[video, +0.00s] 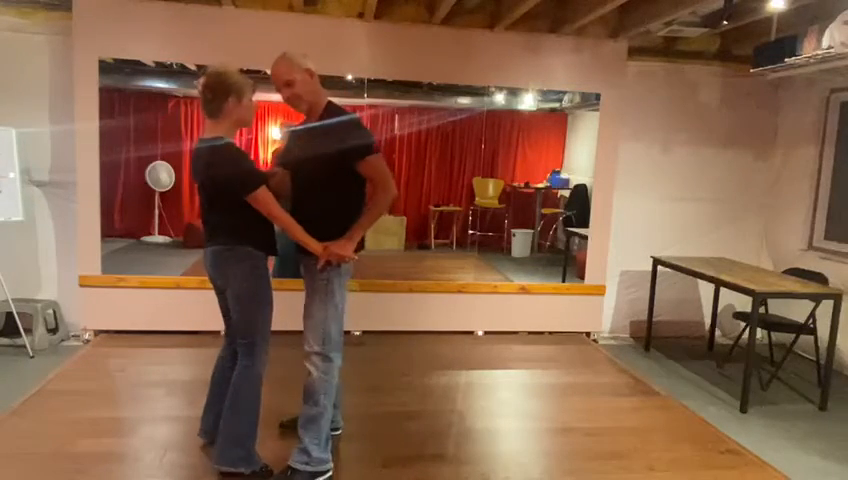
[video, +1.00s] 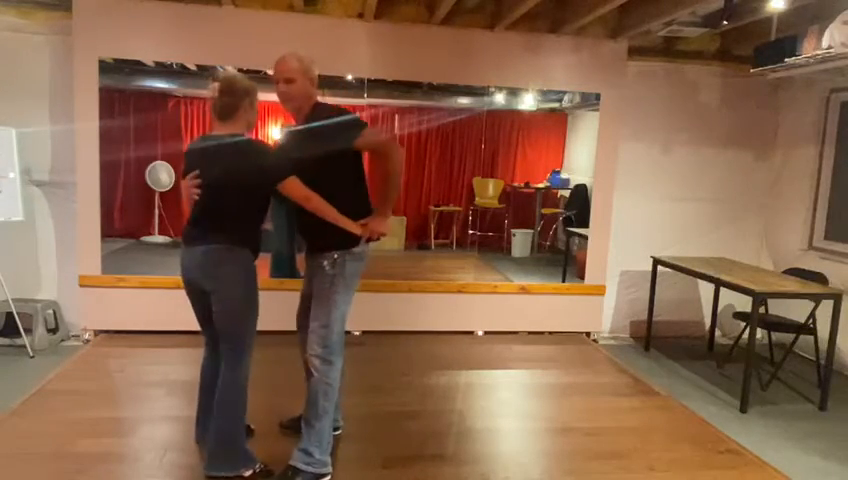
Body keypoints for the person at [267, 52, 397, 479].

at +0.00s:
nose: (284, 94)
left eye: (287, 84)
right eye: (279, 89)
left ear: (310, 75)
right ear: (281, 90)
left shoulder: (346, 125)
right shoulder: (299, 132)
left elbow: (386, 189)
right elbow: (278, 186)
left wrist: (350, 239)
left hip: (334, 252)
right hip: (308, 251)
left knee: (319, 351)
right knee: (321, 343)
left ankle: (314, 460)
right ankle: (326, 419)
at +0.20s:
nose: (282, 93)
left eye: (286, 83)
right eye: (277, 88)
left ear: (309, 76)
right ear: (281, 89)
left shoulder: (340, 126)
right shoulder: (299, 132)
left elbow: (380, 184)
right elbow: (280, 183)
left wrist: (345, 236)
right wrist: (236, 183)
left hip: (333, 252)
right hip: (312, 251)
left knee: (318, 348)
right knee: (327, 340)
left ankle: (311, 455)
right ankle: (328, 418)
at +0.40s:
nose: (280, 95)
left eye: (284, 85)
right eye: (275, 89)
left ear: (308, 78)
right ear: (280, 90)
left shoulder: (334, 125)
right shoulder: (300, 132)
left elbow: (378, 181)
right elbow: (280, 181)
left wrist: (345, 234)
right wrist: (234, 186)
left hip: (332, 251)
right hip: (314, 251)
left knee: (319, 347)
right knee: (329, 340)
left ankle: (311, 453)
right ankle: (328, 418)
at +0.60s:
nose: (276, 97)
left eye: (281, 87)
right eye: (272, 90)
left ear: (305, 82)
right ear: (279, 90)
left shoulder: (329, 125)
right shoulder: (300, 133)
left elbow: (378, 175)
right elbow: (277, 180)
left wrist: (349, 231)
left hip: (337, 252)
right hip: (321, 250)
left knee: (322, 348)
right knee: (330, 342)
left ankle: (311, 455)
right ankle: (328, 418)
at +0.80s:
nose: (275, 97)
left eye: (281, 88)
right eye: (271, 90)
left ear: (305, 85)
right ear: (277, 92)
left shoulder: (328, 125)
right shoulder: (297, 135)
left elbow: (384, 164)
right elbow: (271, 179)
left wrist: (368, 223)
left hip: (343, 253)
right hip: (323, 253)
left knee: (325, 349)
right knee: (327, 342)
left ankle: (313, 460)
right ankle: (326, 418)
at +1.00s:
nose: (281, 90)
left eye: (288, 82)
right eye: (277, 83)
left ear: (312, 82)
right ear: (276, 88)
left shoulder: (336, 120)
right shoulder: (292, 135)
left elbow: (390, 147)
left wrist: (383, 212)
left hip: (342, 250)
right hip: (317, 251)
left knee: (321, 350)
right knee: (312, 338)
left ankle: (313, 463)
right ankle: (323, 418)